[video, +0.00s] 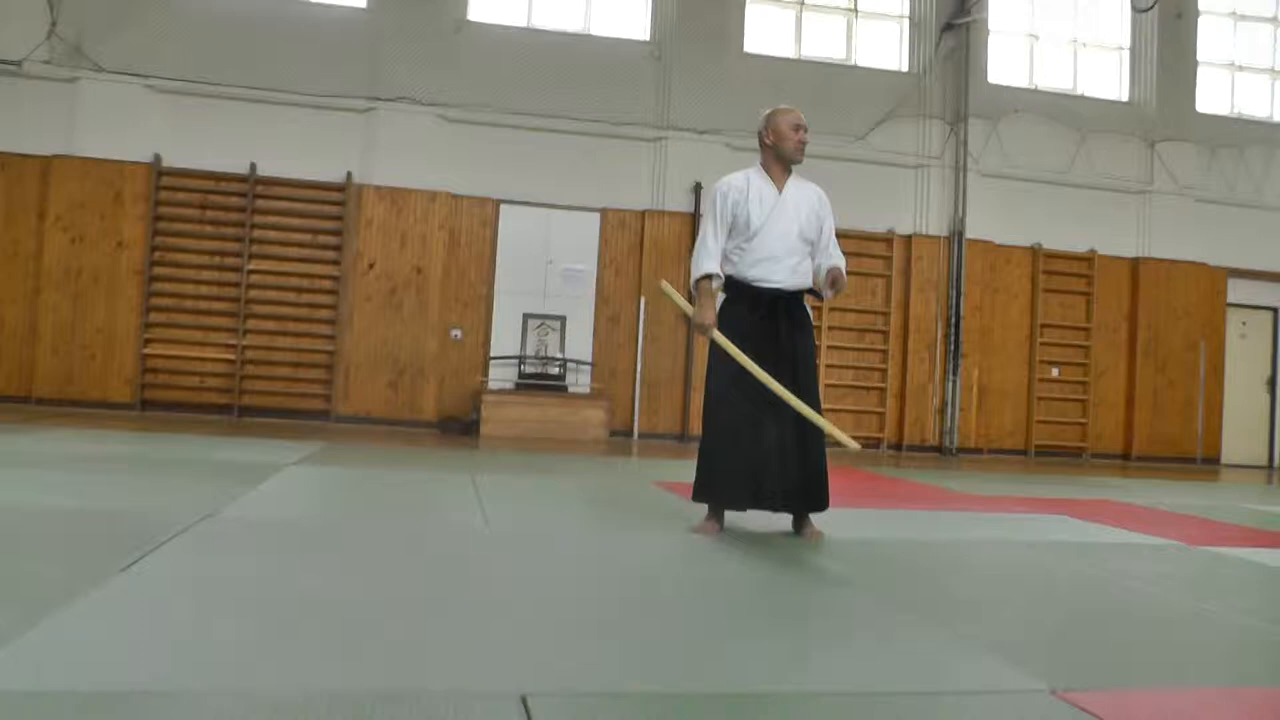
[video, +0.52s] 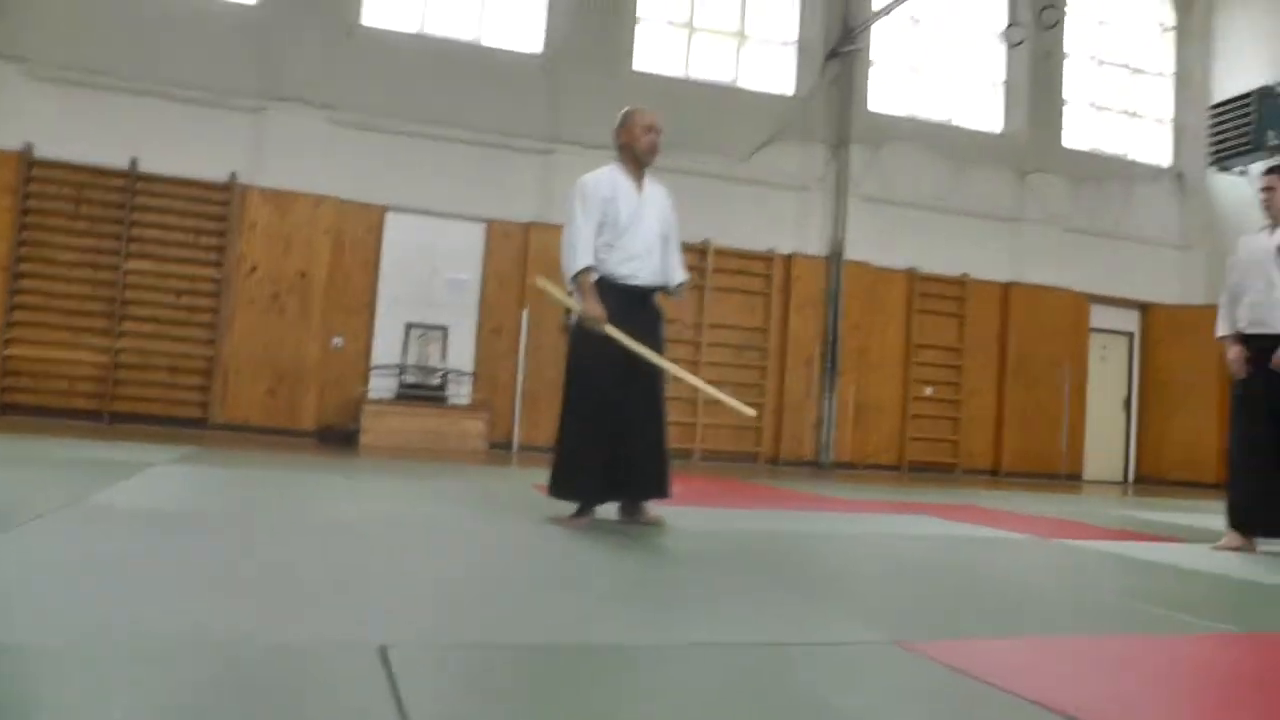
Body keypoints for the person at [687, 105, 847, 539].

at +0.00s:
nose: (805, 137)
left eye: (805, 131)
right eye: (796, 129)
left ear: (801, 141)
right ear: (767, 137)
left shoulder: (814, 197)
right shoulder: (732, 188)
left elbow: (828, 253)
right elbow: (708, 247)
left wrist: (834, 274)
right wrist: (705, 300)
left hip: (792, 312)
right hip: (741, 308)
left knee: (801, 409)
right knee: (728, 406)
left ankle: (802, 516)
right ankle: (715, 513)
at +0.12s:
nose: (813, 125)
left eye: (814, 119)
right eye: (804, 117)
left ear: (808, 129)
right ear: (775, 124)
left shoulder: (821, 183)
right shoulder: (740, 176)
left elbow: (833, 250)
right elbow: (716, 234)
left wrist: (854, 241)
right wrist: (714, 287)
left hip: (801, 299)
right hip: (751, 295)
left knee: (811, 396)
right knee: (741, 393)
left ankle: (814, 501)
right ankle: (730, 500)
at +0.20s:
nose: (808, 117)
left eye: (809, 111)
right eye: (800, 109)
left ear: (797, 118)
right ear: (772, 113)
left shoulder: (812, 170)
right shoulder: (737, 162)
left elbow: (830, 229)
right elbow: (711, 218)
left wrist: (851, 202)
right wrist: (710, 272)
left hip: (794, 286)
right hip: (747, 283)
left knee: (801, 381)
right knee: (736, 379)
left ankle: (804, 485)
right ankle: (727, 485)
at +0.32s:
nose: (753, 108)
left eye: (755, 102)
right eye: (746, 99)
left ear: (751, 108)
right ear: (719, 101)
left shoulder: (753, 159)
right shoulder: (684, 150)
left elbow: (767, 212)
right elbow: (660, 204)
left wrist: (794, 201)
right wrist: (662, 262)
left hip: (735, 271)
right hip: (690, 267)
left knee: (741, 365)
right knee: (682, 364)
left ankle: (741, 469)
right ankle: (673, 470)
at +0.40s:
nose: (708, 110)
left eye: (709, 103)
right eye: (700, 102)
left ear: (704, 111)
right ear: (672, 107)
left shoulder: (710, 164)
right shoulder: (642, 155)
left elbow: (726, 223)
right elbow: (621, 212)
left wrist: (747, 235)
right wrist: (628, 268)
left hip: (692, 275)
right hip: (647, 271)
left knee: (695, 370)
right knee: (640, 369)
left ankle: (688, 472)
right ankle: (633, 472)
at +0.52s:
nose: (656, 139)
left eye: (658, 133)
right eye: (648, 131)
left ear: (656, 142)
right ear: (622, 136)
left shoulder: (660, 195)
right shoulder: (595, 184)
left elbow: (669, 252)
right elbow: (578, 241)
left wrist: (676, 287)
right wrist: (588, 295)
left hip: (644, 303)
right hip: (603, 297)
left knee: (640, 399)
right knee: (594, 398)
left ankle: (632, 499)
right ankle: (587, 499)